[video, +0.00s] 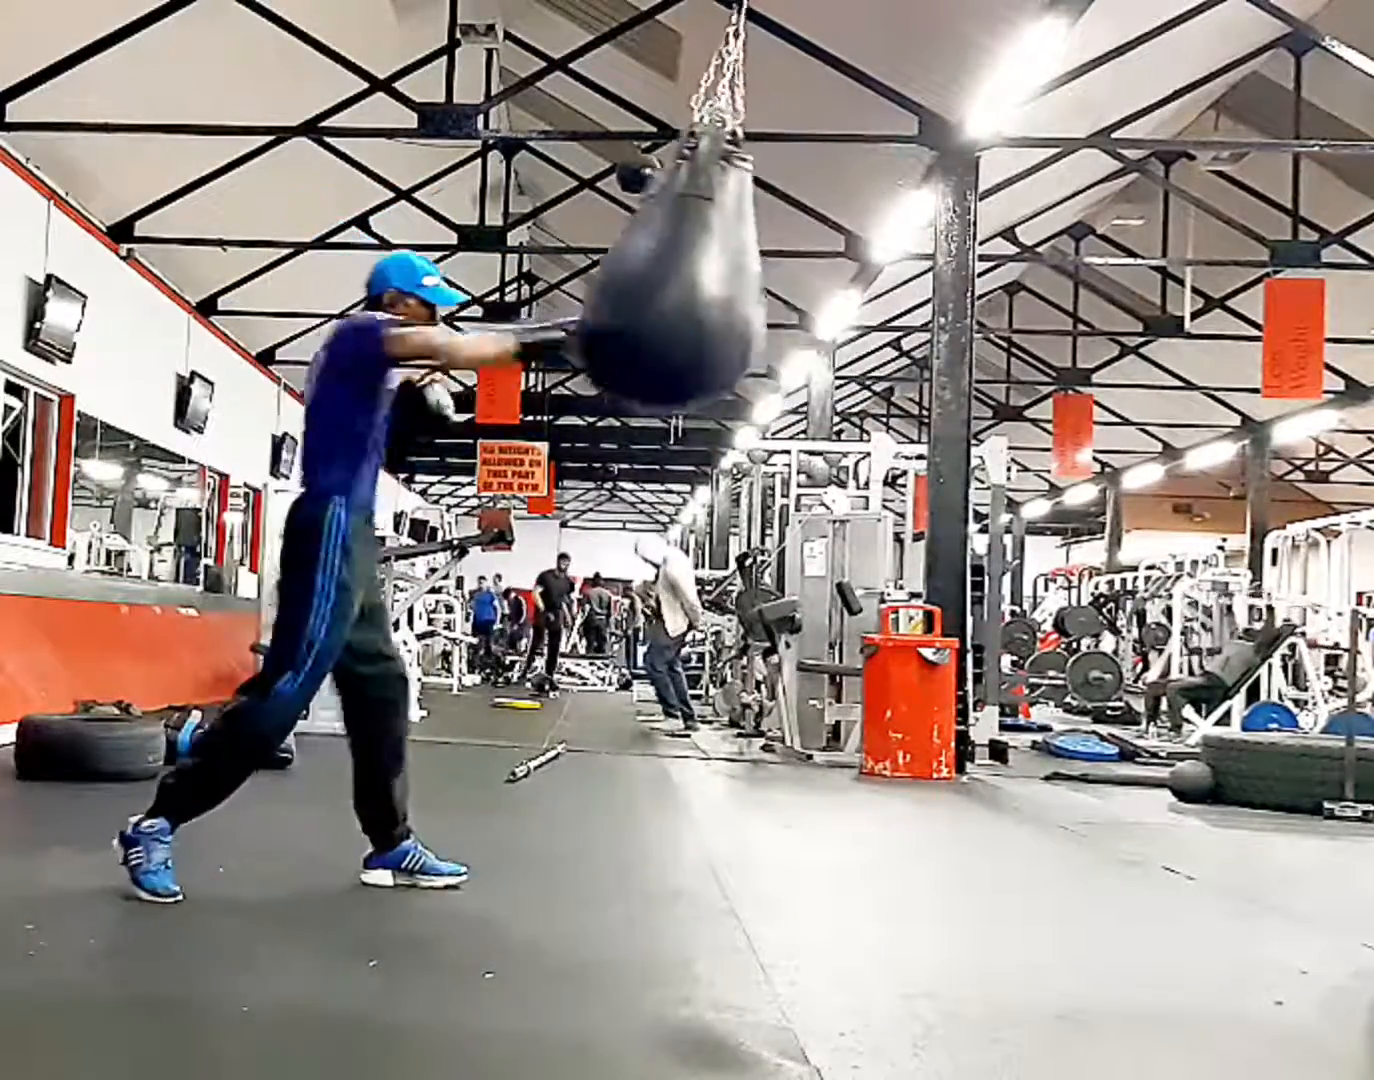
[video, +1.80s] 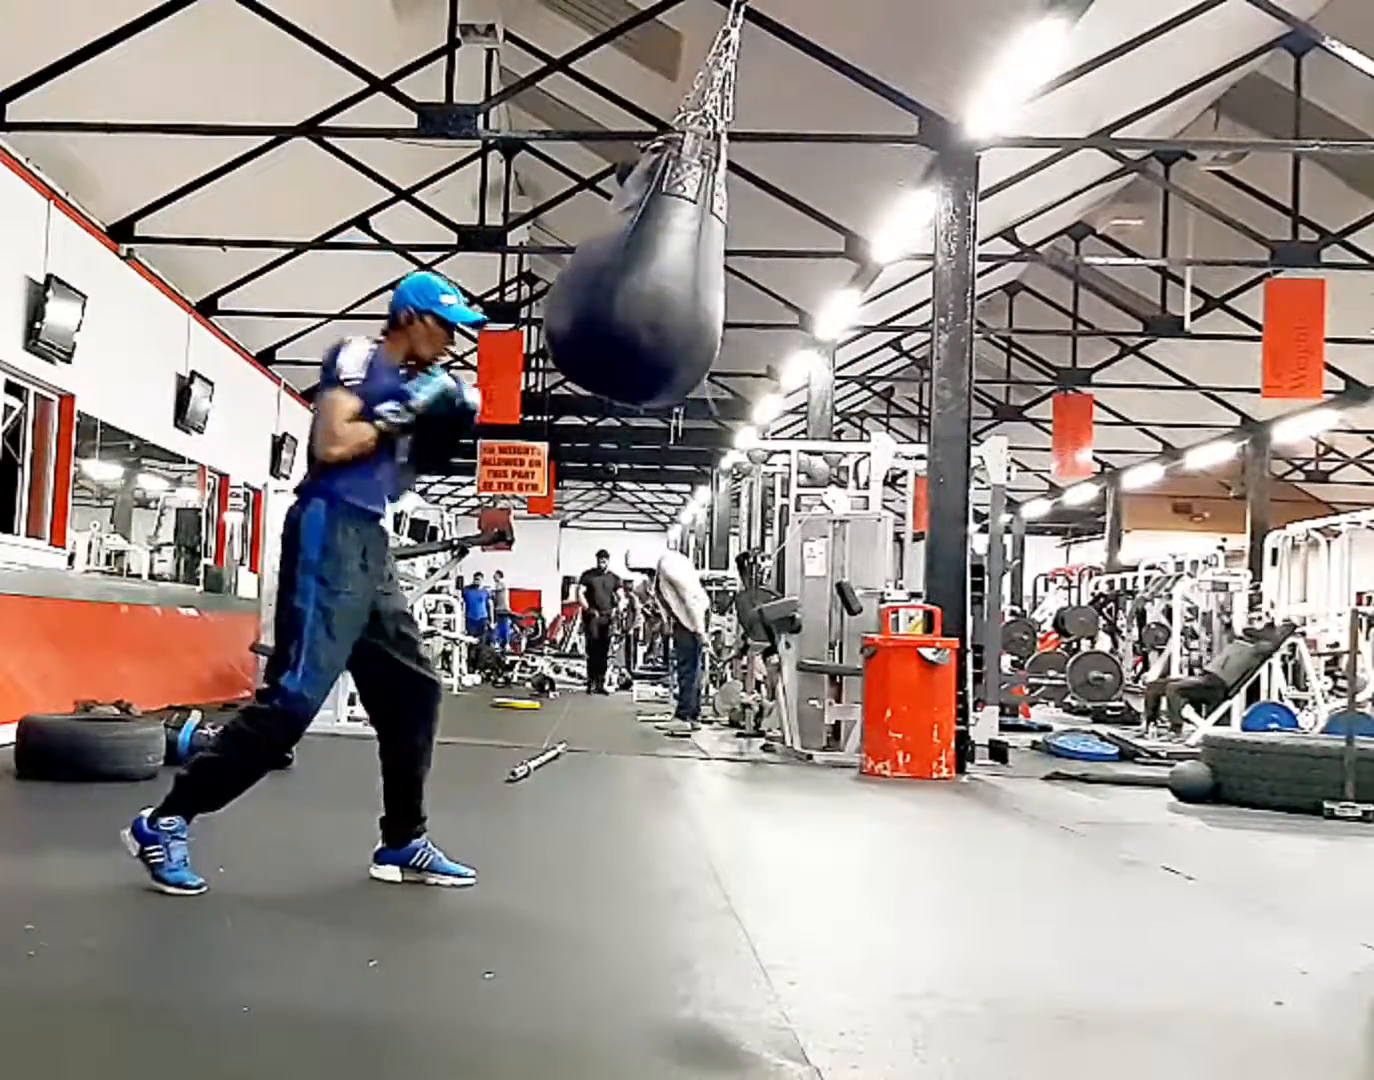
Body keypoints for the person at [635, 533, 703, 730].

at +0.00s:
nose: (647, 563)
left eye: (646, 558)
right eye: (645, 559)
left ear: (652, 553)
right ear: (659, 545)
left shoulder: (672, 568)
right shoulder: (673, 560)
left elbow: (690, 599)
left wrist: (696, 621)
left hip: (671, 626)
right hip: (676, 623)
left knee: (654, 663)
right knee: (673, 667)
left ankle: (672, 710)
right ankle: (688, 714)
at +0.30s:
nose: (643, 560)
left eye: (641, 555)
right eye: (640, 556)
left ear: (648, 550)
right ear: (651, 545)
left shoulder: (668, 562)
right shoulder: (664, 562)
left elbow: (687, 594)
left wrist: (696, 619)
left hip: (671, 624)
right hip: (674, 623)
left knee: (654, 664)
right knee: (675, 669)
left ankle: (672, 712)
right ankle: (689, 716)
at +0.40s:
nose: (641, 559)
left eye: (640, 554)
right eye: (638, 556)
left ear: (646, 548)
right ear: (648, 543)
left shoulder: (667, 562)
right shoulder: (661, 561)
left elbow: (685, 594)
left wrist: (693, 624)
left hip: (669, 624)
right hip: (673, 622)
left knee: (658, 667)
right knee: (676, 667)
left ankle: (673, 716)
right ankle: (688, 716)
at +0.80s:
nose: (640, 568)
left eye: (638, 563)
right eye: (636, 565)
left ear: (642, 555)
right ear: (640, 555)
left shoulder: (667, 559)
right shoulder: (655, 568)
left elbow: (689, 589)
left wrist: (697, 622)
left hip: (679, 621)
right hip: (667, 621)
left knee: (677, 670)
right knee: (676, 669)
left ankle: (676, 715)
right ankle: (687, 713)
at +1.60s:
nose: (646, 574)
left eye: (643, 569)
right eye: (642, 571)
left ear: (647, 562)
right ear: (648, 560)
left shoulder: (672, 563)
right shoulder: (662, 571)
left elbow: (694, 593)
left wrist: (701, 626)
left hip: (690, 620)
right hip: (682, 619)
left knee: (687, 666)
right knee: (686, 665)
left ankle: (687, 712)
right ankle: (688, 710)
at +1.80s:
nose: (643, 575)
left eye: (639, 571)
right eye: (638, 572)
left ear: (644, 564)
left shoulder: (669, 565)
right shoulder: (661, 572)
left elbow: (690, 596)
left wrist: (699, 628)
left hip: (688, 624)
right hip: (685, 624)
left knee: (688, 670)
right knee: (689, 670)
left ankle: (686, 712)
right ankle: (689, 711)